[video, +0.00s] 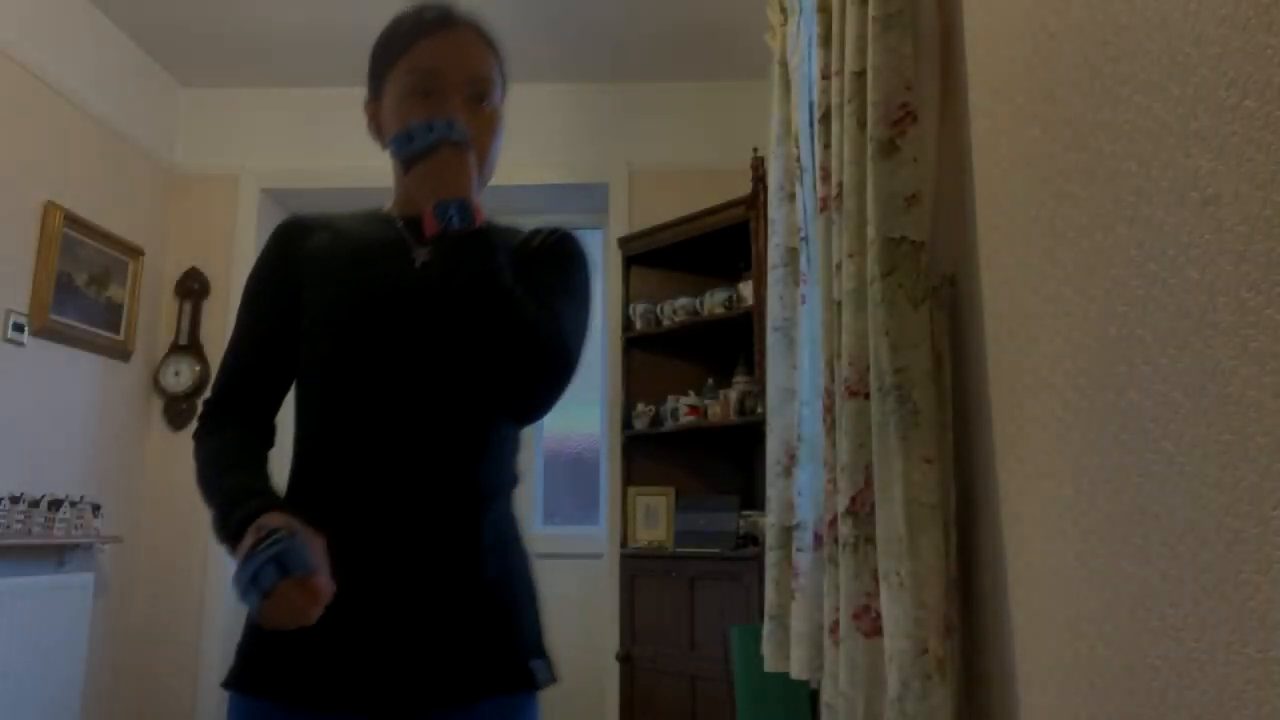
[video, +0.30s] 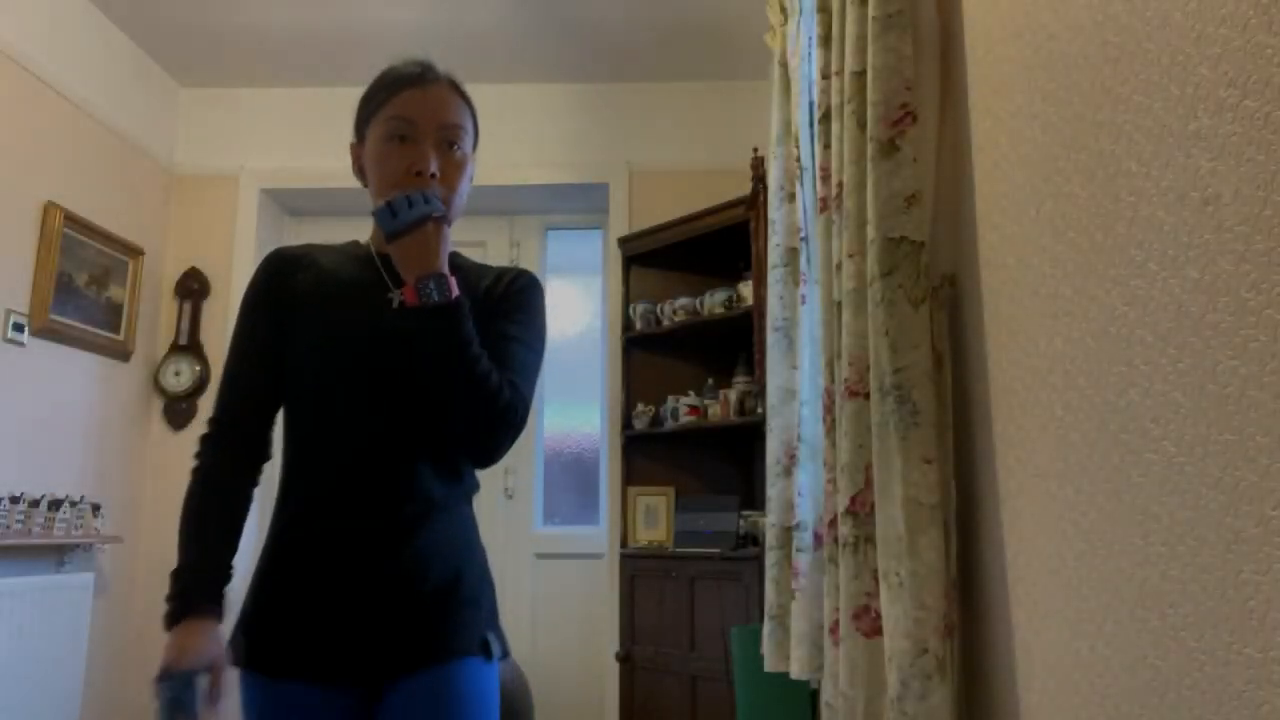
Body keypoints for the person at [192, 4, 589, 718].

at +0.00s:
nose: (455, 120)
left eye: (479, 98)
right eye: (426, 93)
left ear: (503, 122)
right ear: (377, 117)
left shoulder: (544, 260)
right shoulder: (306, 251)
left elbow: (527, 391)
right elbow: (229, 425)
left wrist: (456, 219)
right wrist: (259, 532)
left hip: (472, 651)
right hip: (313, 643)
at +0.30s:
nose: (427, 164)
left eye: (450, 144)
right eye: (401, 138)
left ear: (472, 170)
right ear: (358, 161)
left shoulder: (506, 295)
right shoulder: (292, 278)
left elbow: (486, 438)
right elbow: (232, 448)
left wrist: (429, 277)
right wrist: (195, 608)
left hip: (440, 628)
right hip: (297, 622)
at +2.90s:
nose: (542, 249)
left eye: (562, 232)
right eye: (528, 234)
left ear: (601, 250)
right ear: (513, 250)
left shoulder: (629, 340)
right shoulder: (481, 353)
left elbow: (653, 331)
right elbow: (468, 483)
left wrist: (649, 280)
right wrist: (458, 603)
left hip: (598, 593)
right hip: (499, 593)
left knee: (604, 710)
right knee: (493, 712)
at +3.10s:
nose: (542, 239)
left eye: (562, 223)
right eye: (528, 225)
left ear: (597, 243)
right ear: (511, 243)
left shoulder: (635, 337)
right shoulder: (476, 336)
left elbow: (693, 389)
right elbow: (434, 467)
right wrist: (391, 591)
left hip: (602, 589)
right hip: (495, 583)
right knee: (502, 710)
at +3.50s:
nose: (513, 240)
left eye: (533, 228)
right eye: (498, 226)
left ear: (559, 253)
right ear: (475, 245)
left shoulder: (595, 350)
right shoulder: (437, 324)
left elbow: (594, 477)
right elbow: (386, 380)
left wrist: (586, 562)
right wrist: (334, 440)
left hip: (555, 552)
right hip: (455, 561)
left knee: (543, 633)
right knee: (440, 707)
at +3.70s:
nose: (517, 244)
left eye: (532, 233)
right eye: (499, 234)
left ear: (551, 262)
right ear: (468, 260)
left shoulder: (586, 362)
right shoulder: (428, 348)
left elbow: (586, 494)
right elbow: (420, 330)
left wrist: (550, 636)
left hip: (550, 591)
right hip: (451, 595)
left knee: (536, 494)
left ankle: (497, 384)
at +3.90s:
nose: (516, 235)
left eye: (533, 224)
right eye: (498, 220)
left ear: (551, 250)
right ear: (466, 245)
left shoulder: (586, 350)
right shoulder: (438, 328)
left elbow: (592, 477)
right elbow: (408, 345)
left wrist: (578, 579)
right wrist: (413, 338)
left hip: (548, 588)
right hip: (449, 580)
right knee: (440, 711)